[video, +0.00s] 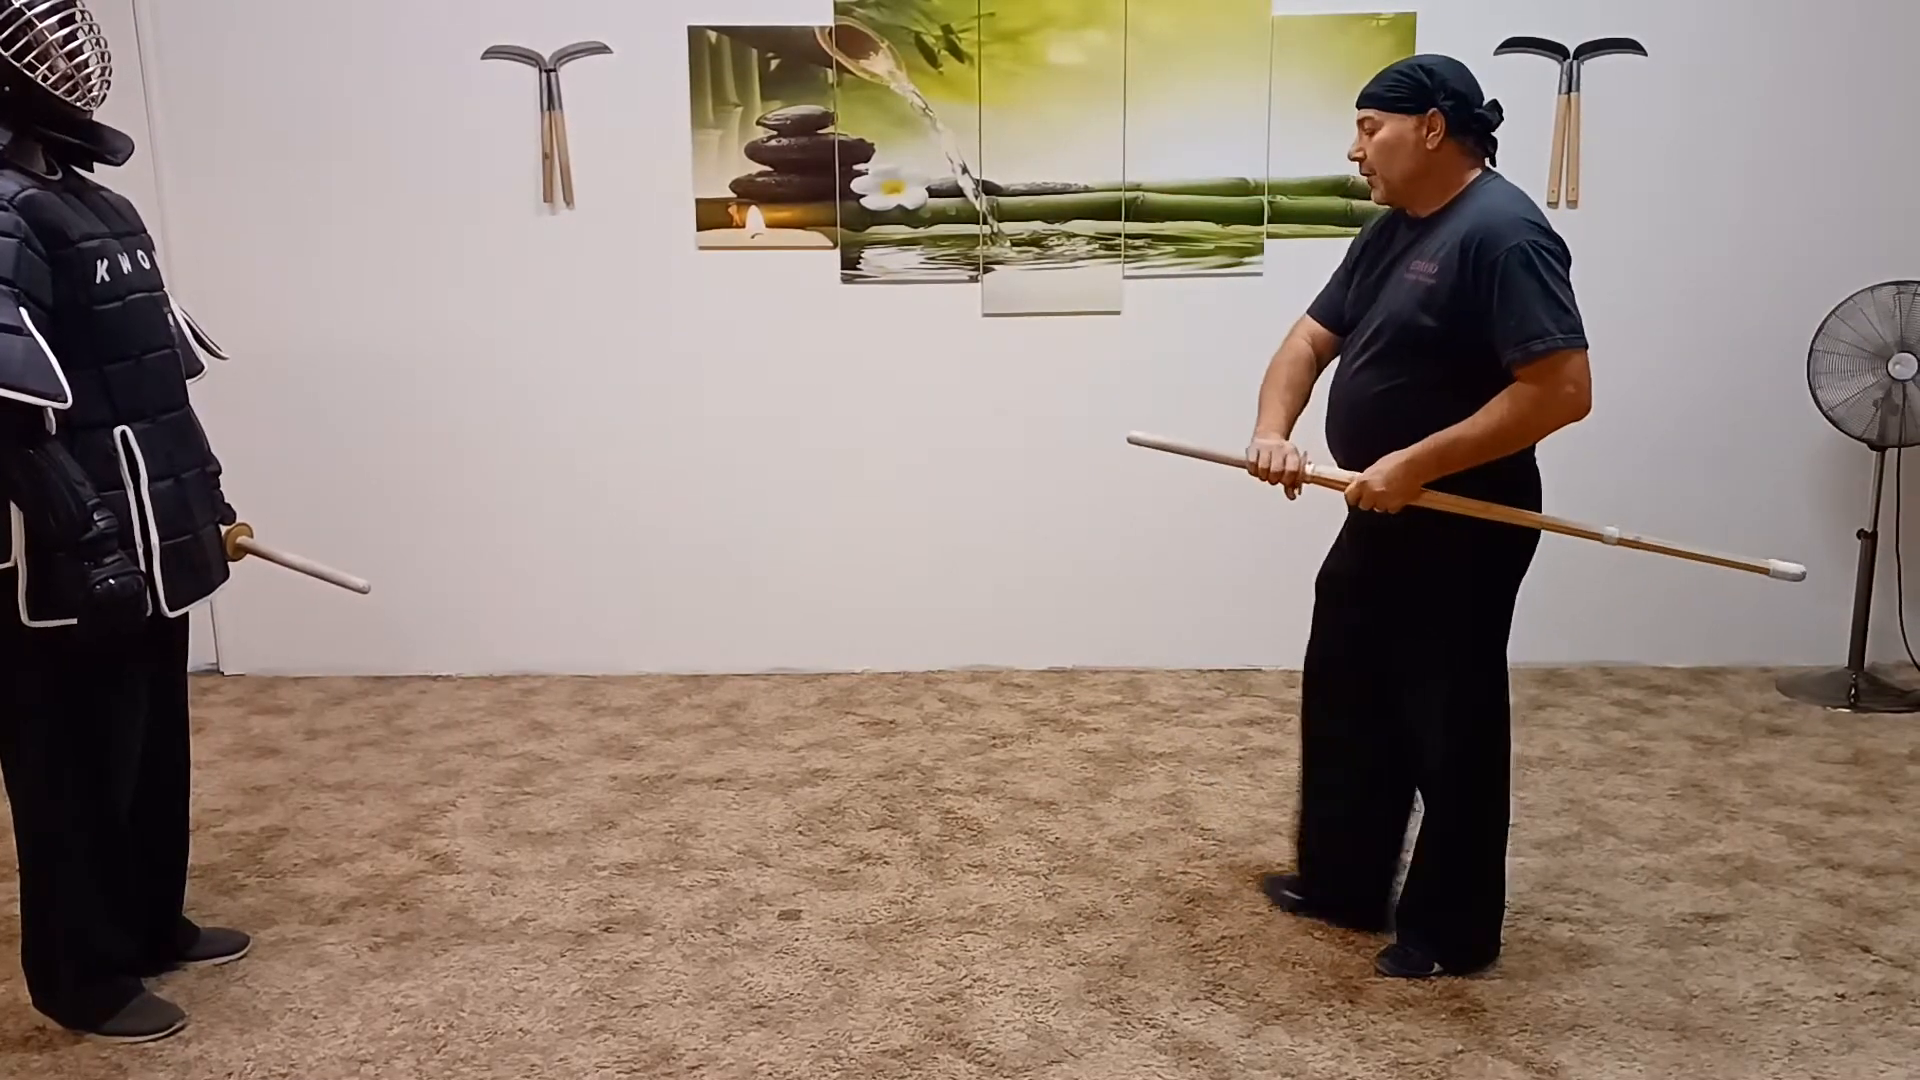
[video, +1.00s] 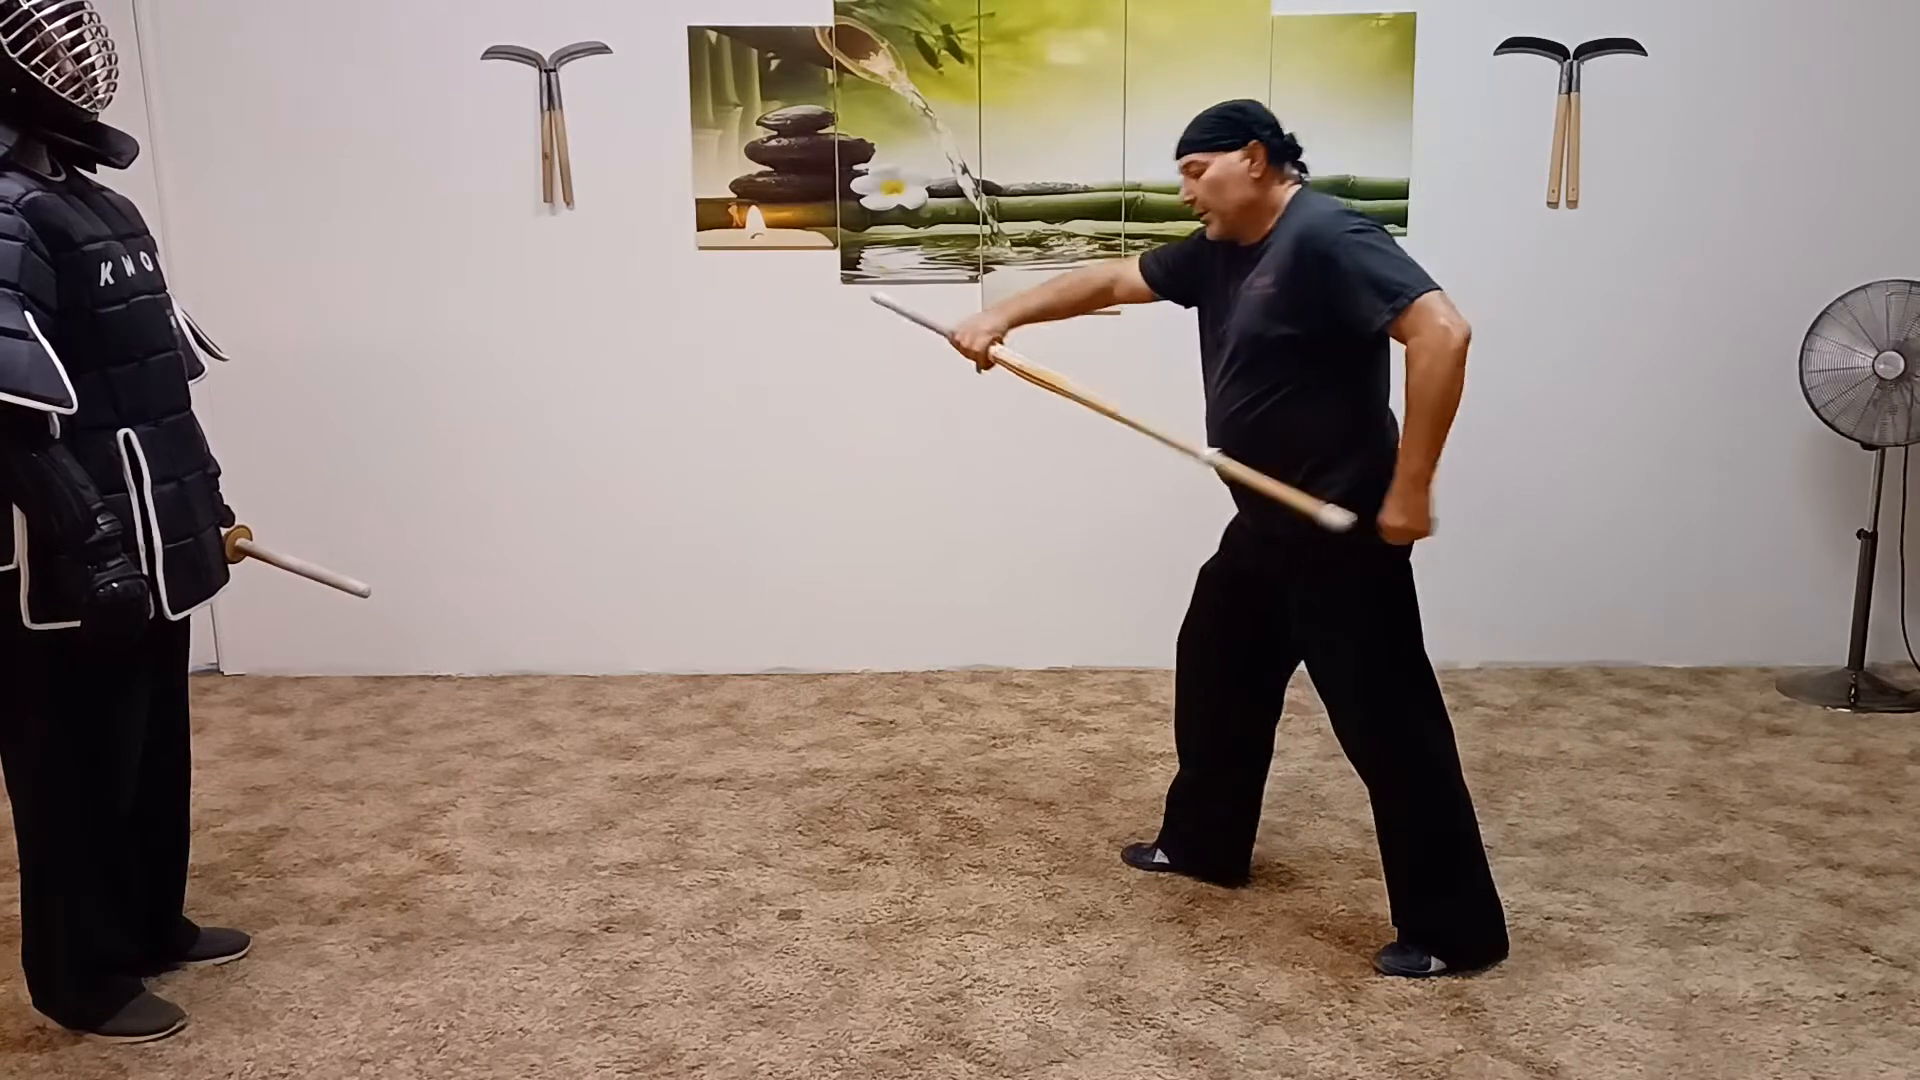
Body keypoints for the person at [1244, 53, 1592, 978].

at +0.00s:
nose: (1357, 146)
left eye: (1372, 125)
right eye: (1358, 128)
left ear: (1432, 128)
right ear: (1420, 134)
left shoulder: (1505, 232)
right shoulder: (1388, 231)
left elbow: (1561, 389)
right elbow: (1307, 343)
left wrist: (1417, 462)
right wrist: (1275, 427)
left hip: (1470, 516)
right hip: (1382, 504)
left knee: (1454, 717)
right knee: (1344, 688)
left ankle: (1453, 931)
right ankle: (1343, 885)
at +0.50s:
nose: (1302, 164)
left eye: (1316, 145)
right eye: (1303, 147)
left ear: (1373, 146)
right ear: (1358, 151)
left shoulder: (1441, 241)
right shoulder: (1339, 247)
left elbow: (1515, 379)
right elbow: (1240, 328)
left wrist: (1387, 474)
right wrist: (1146, 399)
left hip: (1409, 530)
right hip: (1337, 519)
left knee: (1404, 725)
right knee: (1296, 689)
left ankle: (1452, 931)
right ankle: (1231, 837)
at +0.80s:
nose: (1224, 164)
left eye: (1238, 147)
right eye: (1223, 152)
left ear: (1296, 147)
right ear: (1271, 158)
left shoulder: (1366, 230)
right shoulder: (1255, 245)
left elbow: (1463, 343)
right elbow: (1142, 291)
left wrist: (1386, 479)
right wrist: (1030, 334)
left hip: (1359, 528)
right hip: (1283, 520)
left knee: (1395, 733)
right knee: (1247, 686)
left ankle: (1455, 929)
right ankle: (1213, 846)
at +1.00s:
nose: (1187, 188)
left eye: (1198, 168)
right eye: (1183, 174)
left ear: (1254, 159)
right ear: (1230, 170)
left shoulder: (1327, 232)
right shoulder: (1212, 257)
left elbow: (1438, 334)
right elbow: (1107, 283)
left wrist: (1413, 484)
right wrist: (998, 315)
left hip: (1346, 531)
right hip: (1262, 527)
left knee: (1393, 731)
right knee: (1216, 667)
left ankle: (1457, 929)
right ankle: (1204, 845)